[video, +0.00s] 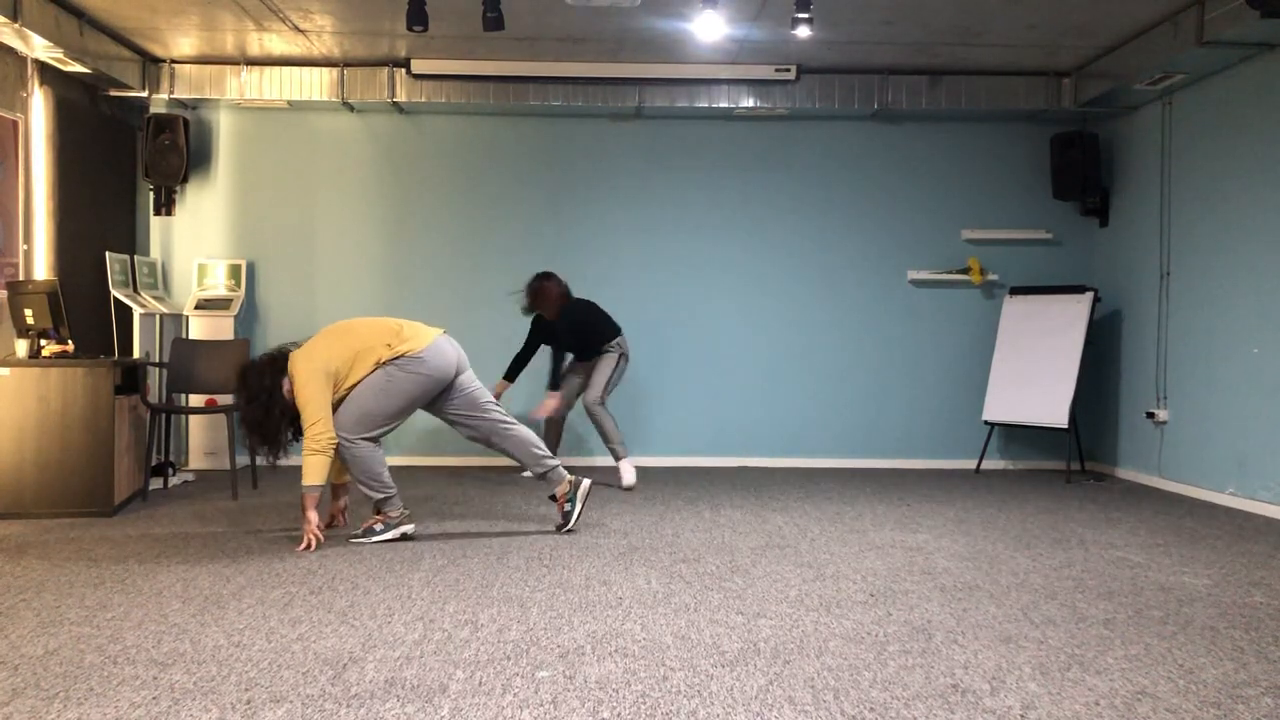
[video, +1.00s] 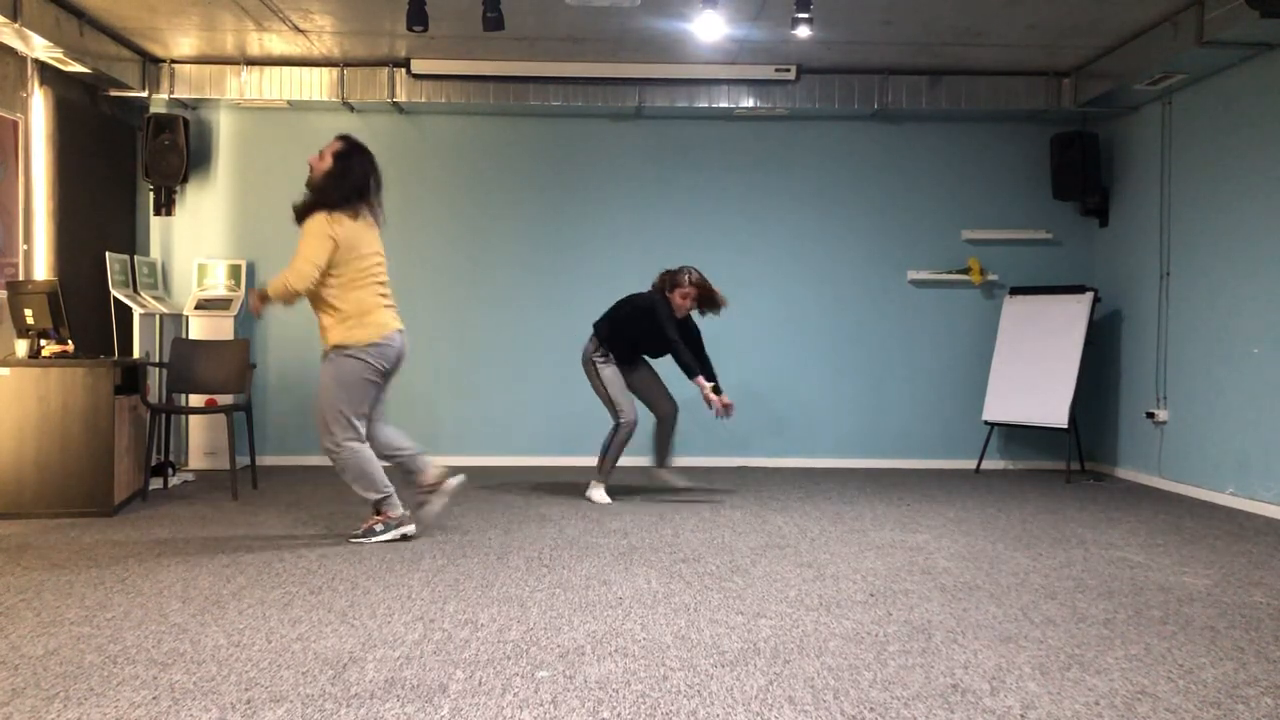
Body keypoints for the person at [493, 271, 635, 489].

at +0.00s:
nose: (544, 305)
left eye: (547, 298)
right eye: (540, 300)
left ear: (558, 296)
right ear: (536, 301)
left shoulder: (576, 312)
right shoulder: (541, 323)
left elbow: (559, 356)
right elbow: (524, 354)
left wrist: (554, 394)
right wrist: (498, 391)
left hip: (611, 351)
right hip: (583, 357)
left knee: (592, 401)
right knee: (557, 406)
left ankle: (623, 463)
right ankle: (545, 464)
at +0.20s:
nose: (571, 309)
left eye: (575, 302)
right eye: (567, 304)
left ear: (586, 300)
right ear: (561, 304)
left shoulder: (605, 310)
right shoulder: (561, 321)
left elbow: (635, 335)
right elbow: (563, 346)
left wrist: (668, 355)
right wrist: (565, 381)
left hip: (635, 347)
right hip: (608, 353)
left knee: (620, 395)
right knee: (585, 405)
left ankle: (637, 465)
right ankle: (603, 463)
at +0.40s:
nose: (600, 310)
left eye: (604, 305)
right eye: (596, 305)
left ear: (616, 299)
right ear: (592, 303)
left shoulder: (636, 304)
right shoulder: (590, 320)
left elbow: (676, 313)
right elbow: (609, 348)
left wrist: (715, 319)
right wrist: (632, 370)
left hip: (654, 349)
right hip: (621, 354)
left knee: (657, 403)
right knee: (606, 402)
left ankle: (650, 469)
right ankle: (607, 458)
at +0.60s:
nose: (668, 287)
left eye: (667, 281)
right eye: (661, 282)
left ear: (669, 280)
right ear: (647, 285)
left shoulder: (674, 297)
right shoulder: (631, 307)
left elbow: (700, 301)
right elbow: (656, 341)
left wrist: (730, 306)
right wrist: (695, 366)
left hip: (655, 353)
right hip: (624, 358)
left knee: (678, 398)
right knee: (649, 416)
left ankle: (676, 465)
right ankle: (644, 473)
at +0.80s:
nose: (698, 308)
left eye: (701, 302)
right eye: (692, 303)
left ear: (707, 302)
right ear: (676, 302)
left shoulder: (691, 319)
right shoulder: (665, 323)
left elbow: (712, 335)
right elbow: (694, 359)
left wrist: (739, 354)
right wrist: (730, 385)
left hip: (657, 367)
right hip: (626, 372)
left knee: (688, 415)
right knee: (658, 431)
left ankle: (685, 475)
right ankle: (627, 463)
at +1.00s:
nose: (689, 304)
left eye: (694, 299)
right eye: (684, 297)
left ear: (698, 301)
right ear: (669, 293)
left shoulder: (684, 323)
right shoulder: (655, 305)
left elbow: (700, 355)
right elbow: (675, 346)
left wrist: (718, 393)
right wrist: (703, 384)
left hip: (630, 358)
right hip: (600, 355)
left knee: (667, 410)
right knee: (627, 419)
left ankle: (661, 471)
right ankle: (597, 484)